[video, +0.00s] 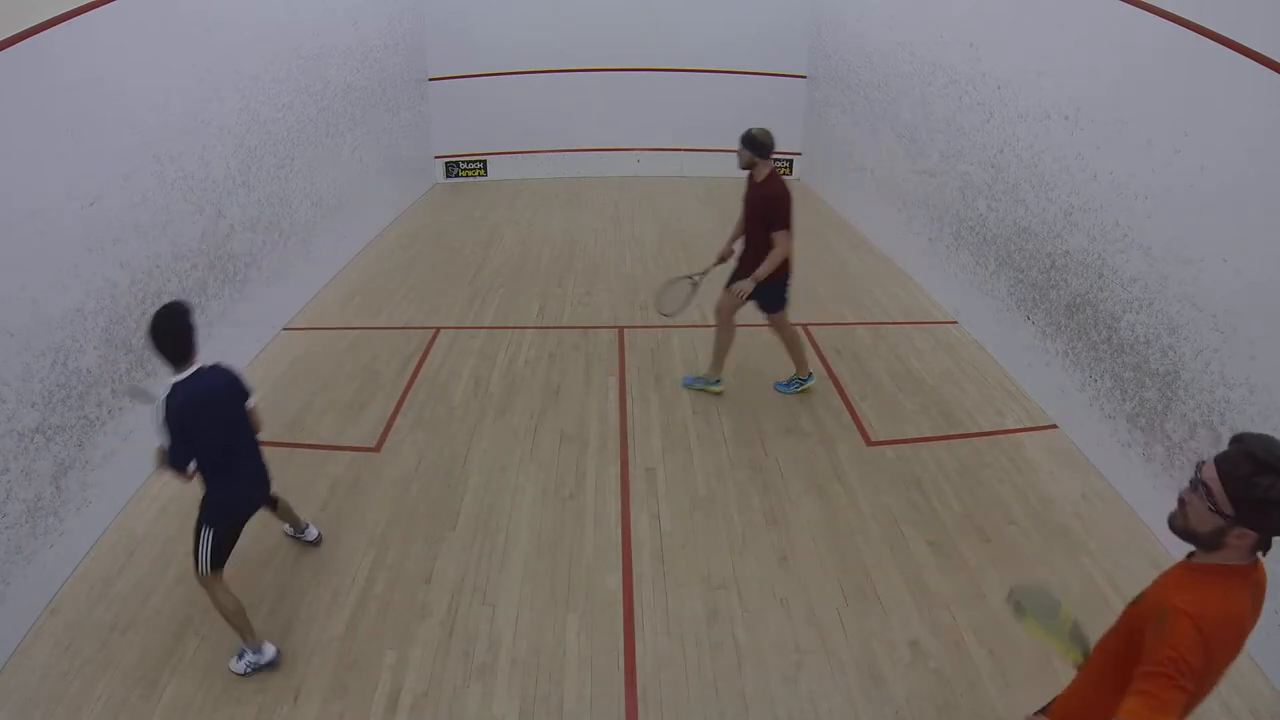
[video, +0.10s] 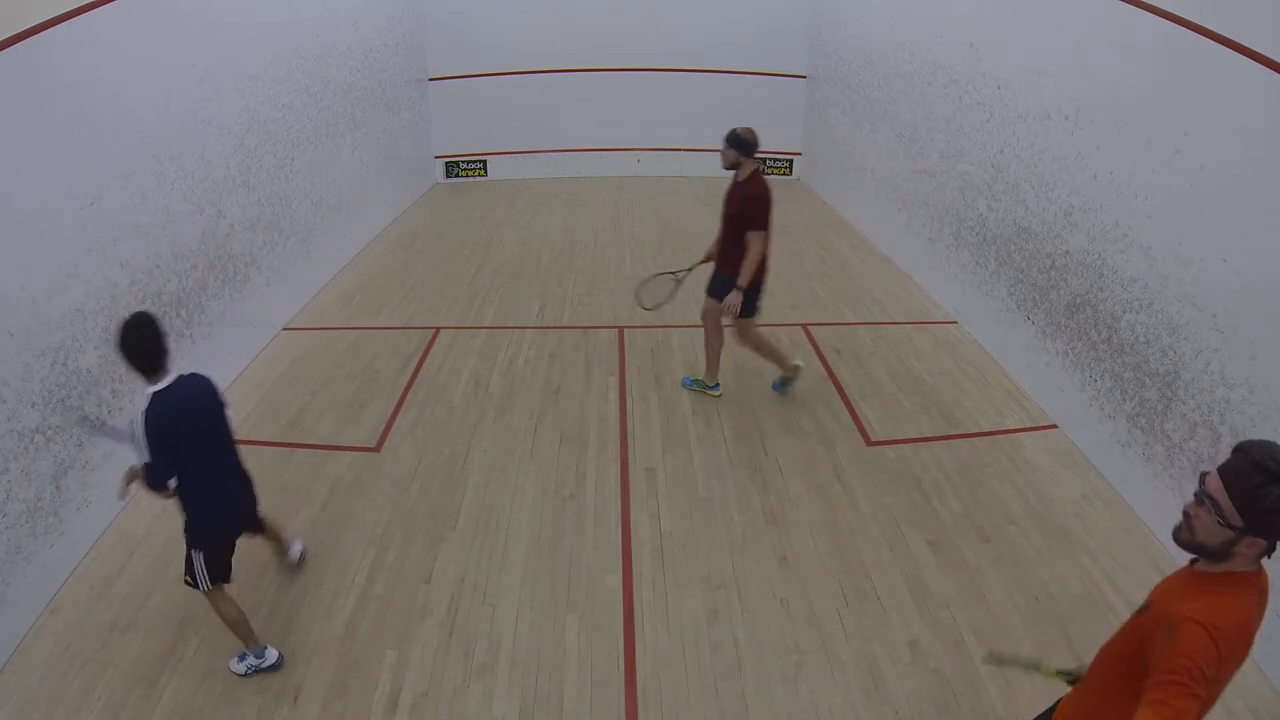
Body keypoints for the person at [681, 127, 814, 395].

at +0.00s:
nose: (737, 154)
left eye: (741, 150)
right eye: (739, 150)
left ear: (754, 155)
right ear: (759, 154)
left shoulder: (776, 191)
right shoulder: (754, 177)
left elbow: (782, 248)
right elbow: (747, 218)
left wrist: (753, 279)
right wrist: (729, 245)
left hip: (773, 268)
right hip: (750, 260)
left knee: (778, 321)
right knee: (724, 310)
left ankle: (804, 374)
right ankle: (713, 376)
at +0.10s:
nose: (722, 153)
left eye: (726, 149)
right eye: (724, 148)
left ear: (738, 153)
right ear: (743, 153)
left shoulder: (756, 190)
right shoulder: (741, 178)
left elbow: (756, 247)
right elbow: (734, 223)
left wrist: (739, 289)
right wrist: (716, 248)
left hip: (745, 273)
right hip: (727, 266)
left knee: (744, 333)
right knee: (710, 315)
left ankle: (790, 368)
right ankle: (710, 380)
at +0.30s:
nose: (691, 146)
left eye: (696, 142)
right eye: (693, 141)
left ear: (709, 145)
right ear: (711, 145)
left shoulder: (718, 179)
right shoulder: (717, 172)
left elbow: (719, 240)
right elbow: (711, 221)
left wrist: (705, 283)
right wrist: (694, 249)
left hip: (707, 267)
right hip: (712, 262)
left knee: (675, 324)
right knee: (708, 320)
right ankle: (709, 379)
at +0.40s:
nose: (675, 148)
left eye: (680, 143)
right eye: (676, 142)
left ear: (695, 147)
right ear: (697, 146)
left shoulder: (698, 182)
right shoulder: (710, 174)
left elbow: (698, 241)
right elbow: (704, 228)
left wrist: (679, 284)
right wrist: (682, 254)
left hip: (691, 271)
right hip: (708, 267)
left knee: (660, 326)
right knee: (703, 320)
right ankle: (710, 380)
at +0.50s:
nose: (659, 154)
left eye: (663, 149)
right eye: (660, 149)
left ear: (677, 152)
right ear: (684, 151)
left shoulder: (676, 190)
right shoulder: (701, 180)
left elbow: (670, 246)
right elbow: (692, 233)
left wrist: (651, 288)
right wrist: (660, 267)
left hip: (674, 277)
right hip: (697, 272)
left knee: (645, 333)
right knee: (690, 321)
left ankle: (633, 408)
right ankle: (709, 380)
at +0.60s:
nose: (645, 155)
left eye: (649, 150)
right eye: (645, 150)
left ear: (662, 153)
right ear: (673, 153)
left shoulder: (658, 191)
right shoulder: (692, 181)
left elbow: (648, 246)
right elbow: (688, 234)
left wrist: (625, 287)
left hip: (655, 279)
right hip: (684, 276)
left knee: (635, 340)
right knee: (678, 322)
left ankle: (633, 409)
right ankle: (703, 381)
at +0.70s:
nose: (633, 152)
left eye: (637, 147)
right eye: (634, 146)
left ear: (652, 149)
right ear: (660, 149)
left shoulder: (646, 187)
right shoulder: (683, 179)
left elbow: (633, 246)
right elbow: (677, 232)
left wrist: (604, 282)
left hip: (646, 277)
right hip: (676, 273)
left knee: (632, 339)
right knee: (668, 323)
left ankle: (633, 409)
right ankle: (689, 389)